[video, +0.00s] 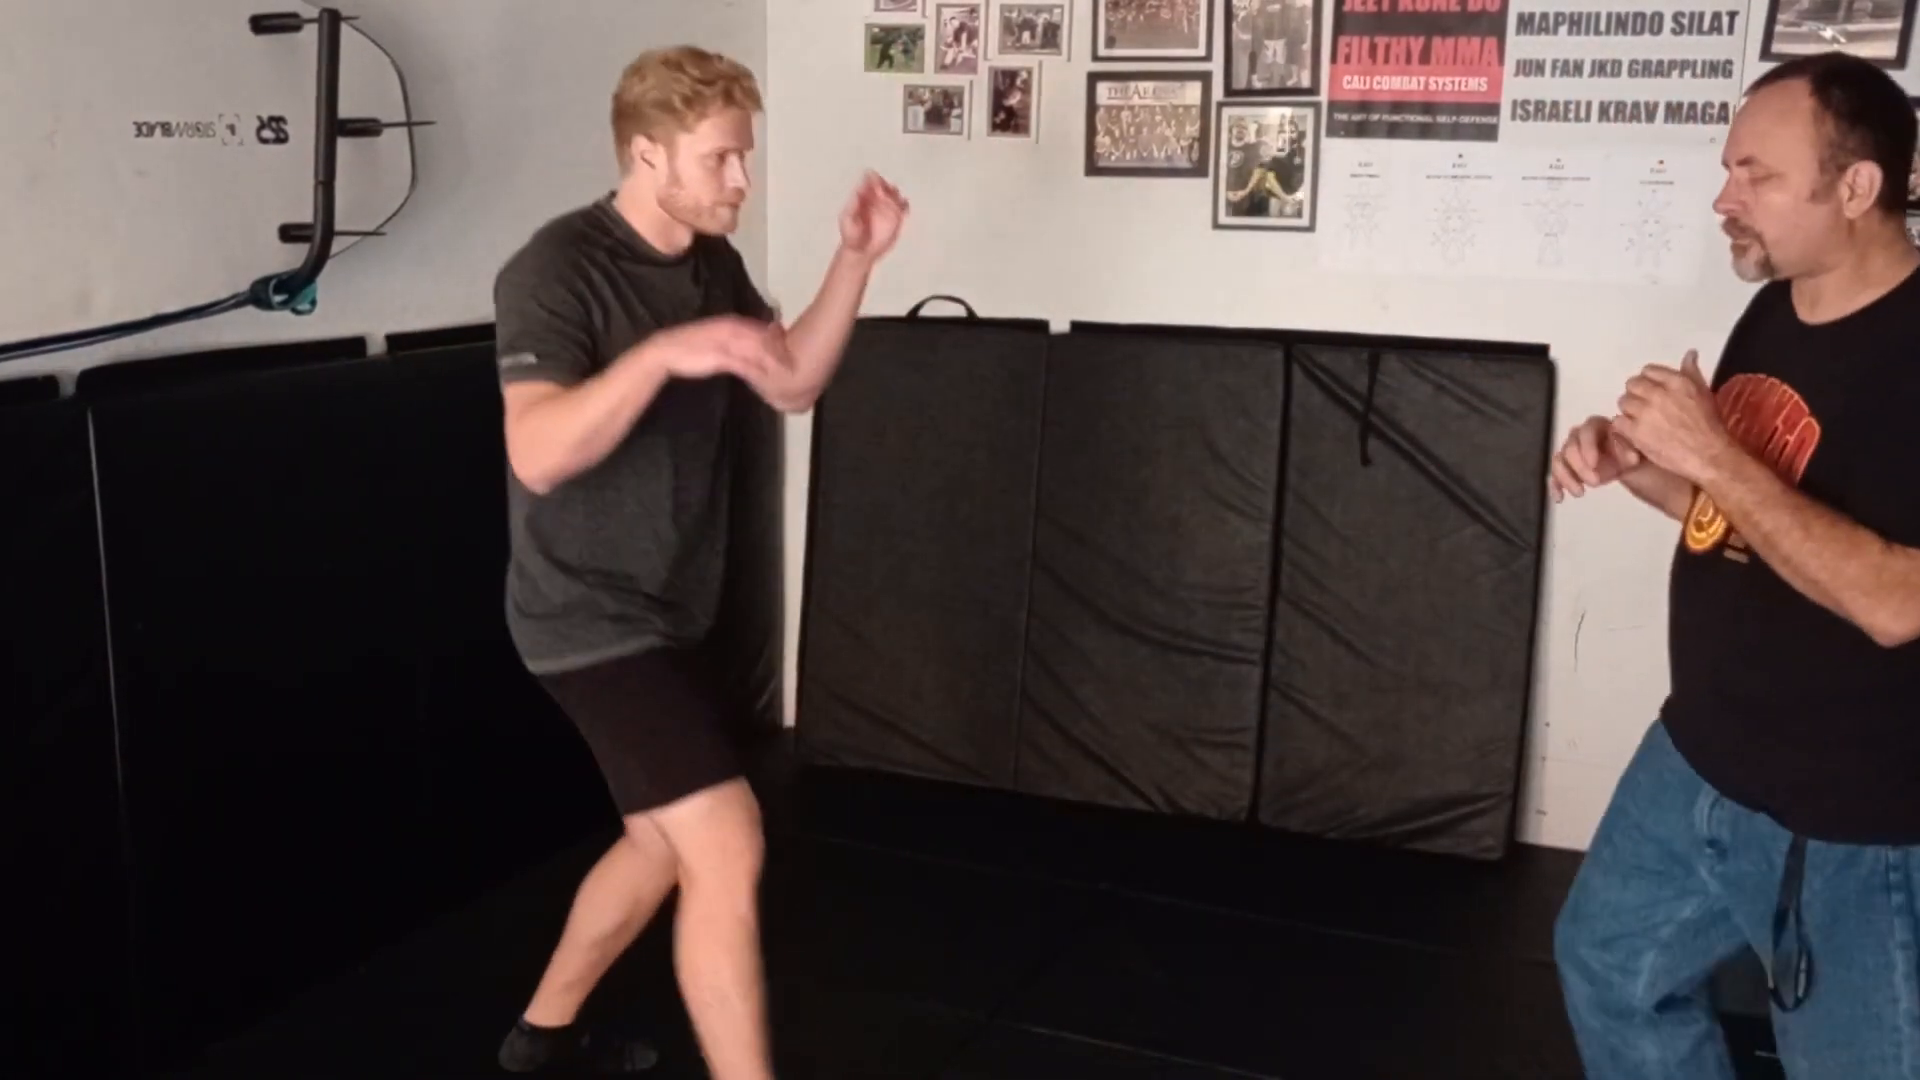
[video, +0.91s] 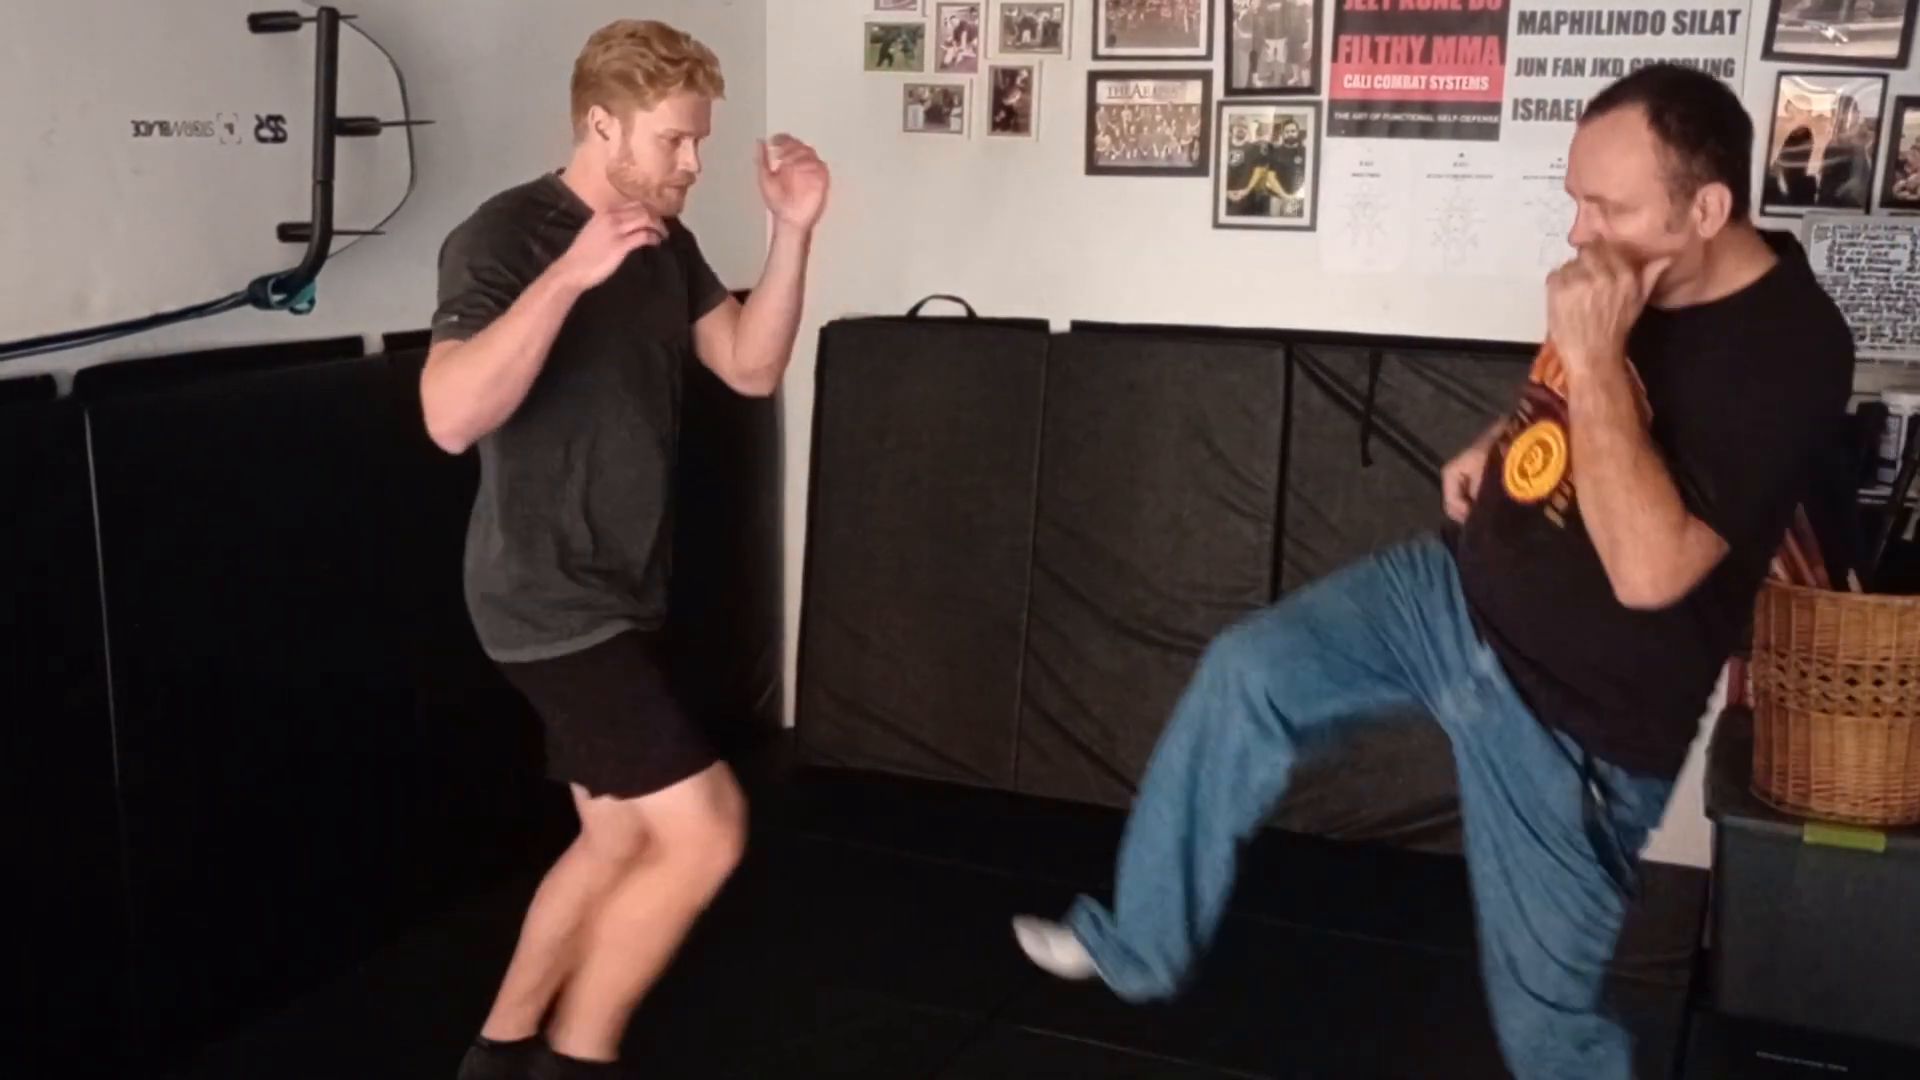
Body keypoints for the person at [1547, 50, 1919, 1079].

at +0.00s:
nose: (1725, 202)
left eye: (1755, 175)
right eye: (1730, 172)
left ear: (1857, 189)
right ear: (1840, 194)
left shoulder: (1918, 344)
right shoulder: (1775, 313)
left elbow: (1897, 603)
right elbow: (1746, 519)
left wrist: (1713, 458)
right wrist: (1641, 463)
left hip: (1866, 827)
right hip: (1701, 762)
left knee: (1856, 1059)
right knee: (1612, 967)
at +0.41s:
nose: (1621, 238)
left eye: (1643, 212)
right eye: (1621, 210)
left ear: (1741, 209)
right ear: (1725, 211)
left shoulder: (1884, 342)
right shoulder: (1679, 311)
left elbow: (1850, 592)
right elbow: (1589, 479)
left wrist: (1638, 473)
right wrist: (1536, 403)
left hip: (1818, 824)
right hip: (1649, 780)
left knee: (1807, 1064)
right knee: (1602, 1053)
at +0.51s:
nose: (1594, 248)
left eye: (1616, 223)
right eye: (1591, 219)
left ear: (1713, 219)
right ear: (1698, 220)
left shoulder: (1865, 346)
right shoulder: (1634, 319)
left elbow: (1852, 595)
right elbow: (1557, 484)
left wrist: (1644, 490)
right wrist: (1488, 440)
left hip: (1759, 822)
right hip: (1613, 778)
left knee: (1697, 1062)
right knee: (1580, 1049)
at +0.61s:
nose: (1590, 258)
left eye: (1611, 232)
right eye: (1587, 229)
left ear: (1711, 227)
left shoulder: (1866, 362)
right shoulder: (1628, 327)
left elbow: (1859, 611)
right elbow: (1568, 484)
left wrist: (1642, 513)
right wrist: (1448, 520)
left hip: (1733, 823)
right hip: (1569, 763)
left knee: (1628, 1058)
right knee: (1486, 1001)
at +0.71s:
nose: (1599, 282)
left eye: (1622, 257)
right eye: (1596, 251)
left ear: (1719, 256)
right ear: (1710, 258)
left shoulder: (1851, 406)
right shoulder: (1633, 342)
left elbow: (1812, 663)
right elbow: (1576, 511)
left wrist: (1614, 546)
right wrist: (1472, 582)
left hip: (1675, 842)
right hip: (1522, 751)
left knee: (1599, 1063)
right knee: (1390, 954)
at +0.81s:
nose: (1589, 276)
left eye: (1615, 252)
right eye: (1589, 246)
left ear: (1719, 257)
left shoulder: (1822, 408)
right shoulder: (1651, 315)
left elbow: (1718, 635)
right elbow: (1590, 439)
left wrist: (1574, 459)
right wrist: (1508, 521)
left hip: (1625, 811)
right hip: (1488, 685)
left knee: (1602, 1062)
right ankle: (1216, 1066)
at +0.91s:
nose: (1580, 233)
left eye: (1605, 209)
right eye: (1578, 206)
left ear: (1706, 211)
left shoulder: (1795, 350)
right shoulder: (1642, 277)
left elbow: (1654, 570)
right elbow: (1573, 377)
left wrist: (1598, 363)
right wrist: (1503, 439)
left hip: (1575, 740)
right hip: (1458, 591)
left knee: (1549, 1035)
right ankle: (1139, 945)